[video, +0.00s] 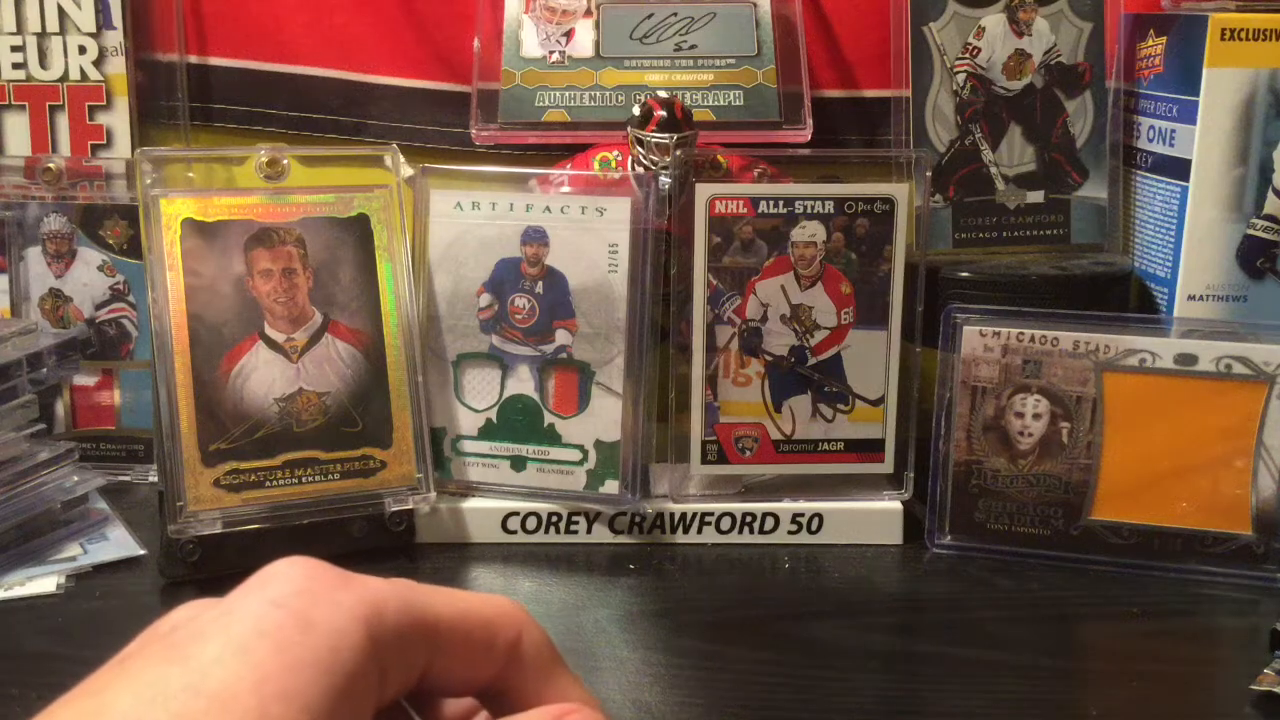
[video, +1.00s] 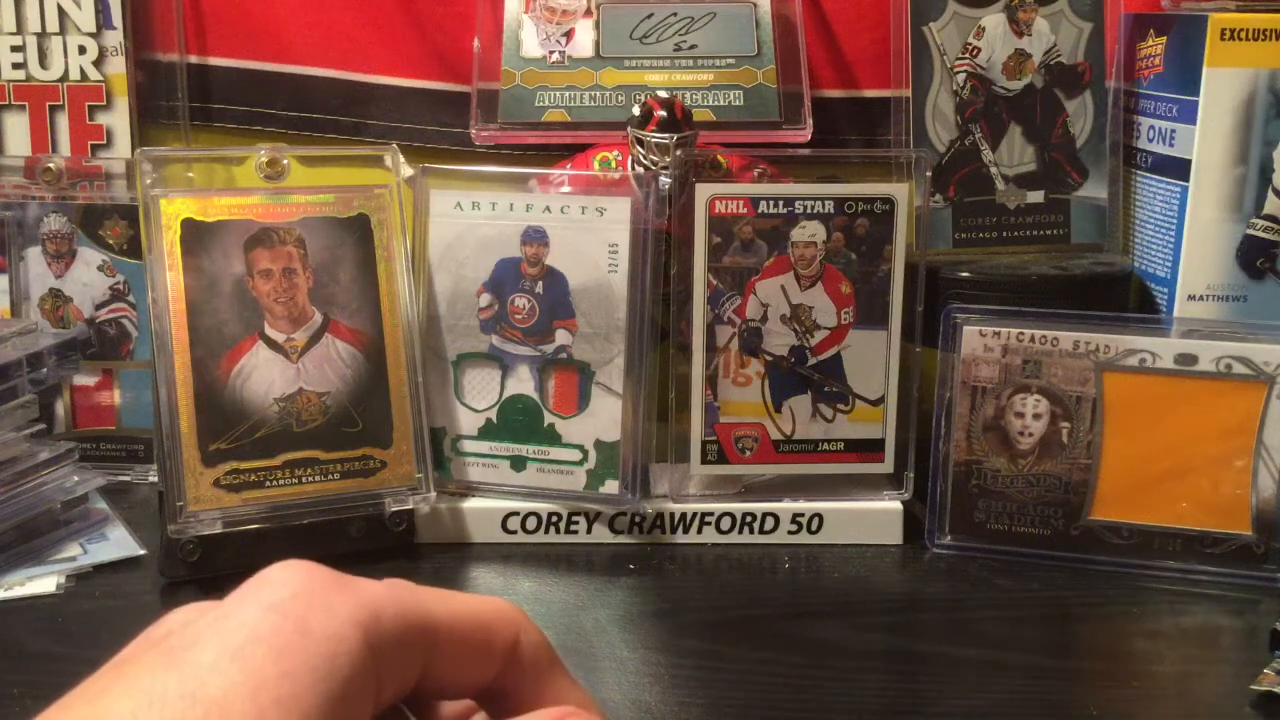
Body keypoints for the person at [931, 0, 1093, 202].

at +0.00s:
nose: (1029, 17)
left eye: (1033, 11)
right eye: (1024, 10)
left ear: (1037, 10)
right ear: (1010, 9)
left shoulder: (1041, 27)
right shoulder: (990, 26)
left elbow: (1051, 58)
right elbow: (965, 63)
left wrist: (1066, 76)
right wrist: (968, 98)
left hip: (1026, 92)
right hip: (992, 94)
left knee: (1055, 124)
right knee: (979, 139)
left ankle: (1063, 176)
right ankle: (943, 183)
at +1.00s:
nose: (1030, 17)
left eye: (1033, 11)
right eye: (1024, 11)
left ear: (1037, 10)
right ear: (1011, 9)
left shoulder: (1041, 27)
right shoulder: (990, 26)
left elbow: (1051, 56)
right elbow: (965, 63)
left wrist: (1064, 75)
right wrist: (968, 97)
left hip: (1025, 92)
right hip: (992, 94)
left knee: (1055, 120)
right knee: (979, 139)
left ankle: (1063, 174)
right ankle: (944, 183)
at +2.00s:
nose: (1030, 17)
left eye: (1034, 11)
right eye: (1025, 11)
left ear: (1037, 11)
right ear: (1011, 9)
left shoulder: (1041, 28)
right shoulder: (990, 26)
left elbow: (1051, 61)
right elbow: (965, 63)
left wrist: (1068, 75)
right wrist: (969, 98)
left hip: (1025, 92)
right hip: (992, 93)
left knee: (1056, 123)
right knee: (980, 139)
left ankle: (1063, 176)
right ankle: (942, 183)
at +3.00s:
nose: (1030, 16)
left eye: (1033, 11)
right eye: (1024, 11)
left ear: (1037, 10)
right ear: (1011, 9)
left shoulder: (1041, 28)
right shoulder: (990, 26)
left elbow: (1051, 62)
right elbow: (965, 63)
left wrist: (1069, 75)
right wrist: (970, 99)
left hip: (1026, 91)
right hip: (992, 93)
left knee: (1056, 124)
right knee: (980, 138)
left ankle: (1063, 176)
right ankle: (942, 184)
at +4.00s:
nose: (1030, 16)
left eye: (1033, 10)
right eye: (1024, 10)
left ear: (1037, 10)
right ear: (1010, 9)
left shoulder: (1041, 27)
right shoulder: (990, 26)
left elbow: (1050, 60)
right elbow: (965, 63)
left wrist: (1067, 75)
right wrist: (969, 98)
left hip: (1025, 92)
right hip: (992, 93)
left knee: (1056, 123)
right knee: (979, 138)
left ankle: (1063, 177)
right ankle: (942, 186)